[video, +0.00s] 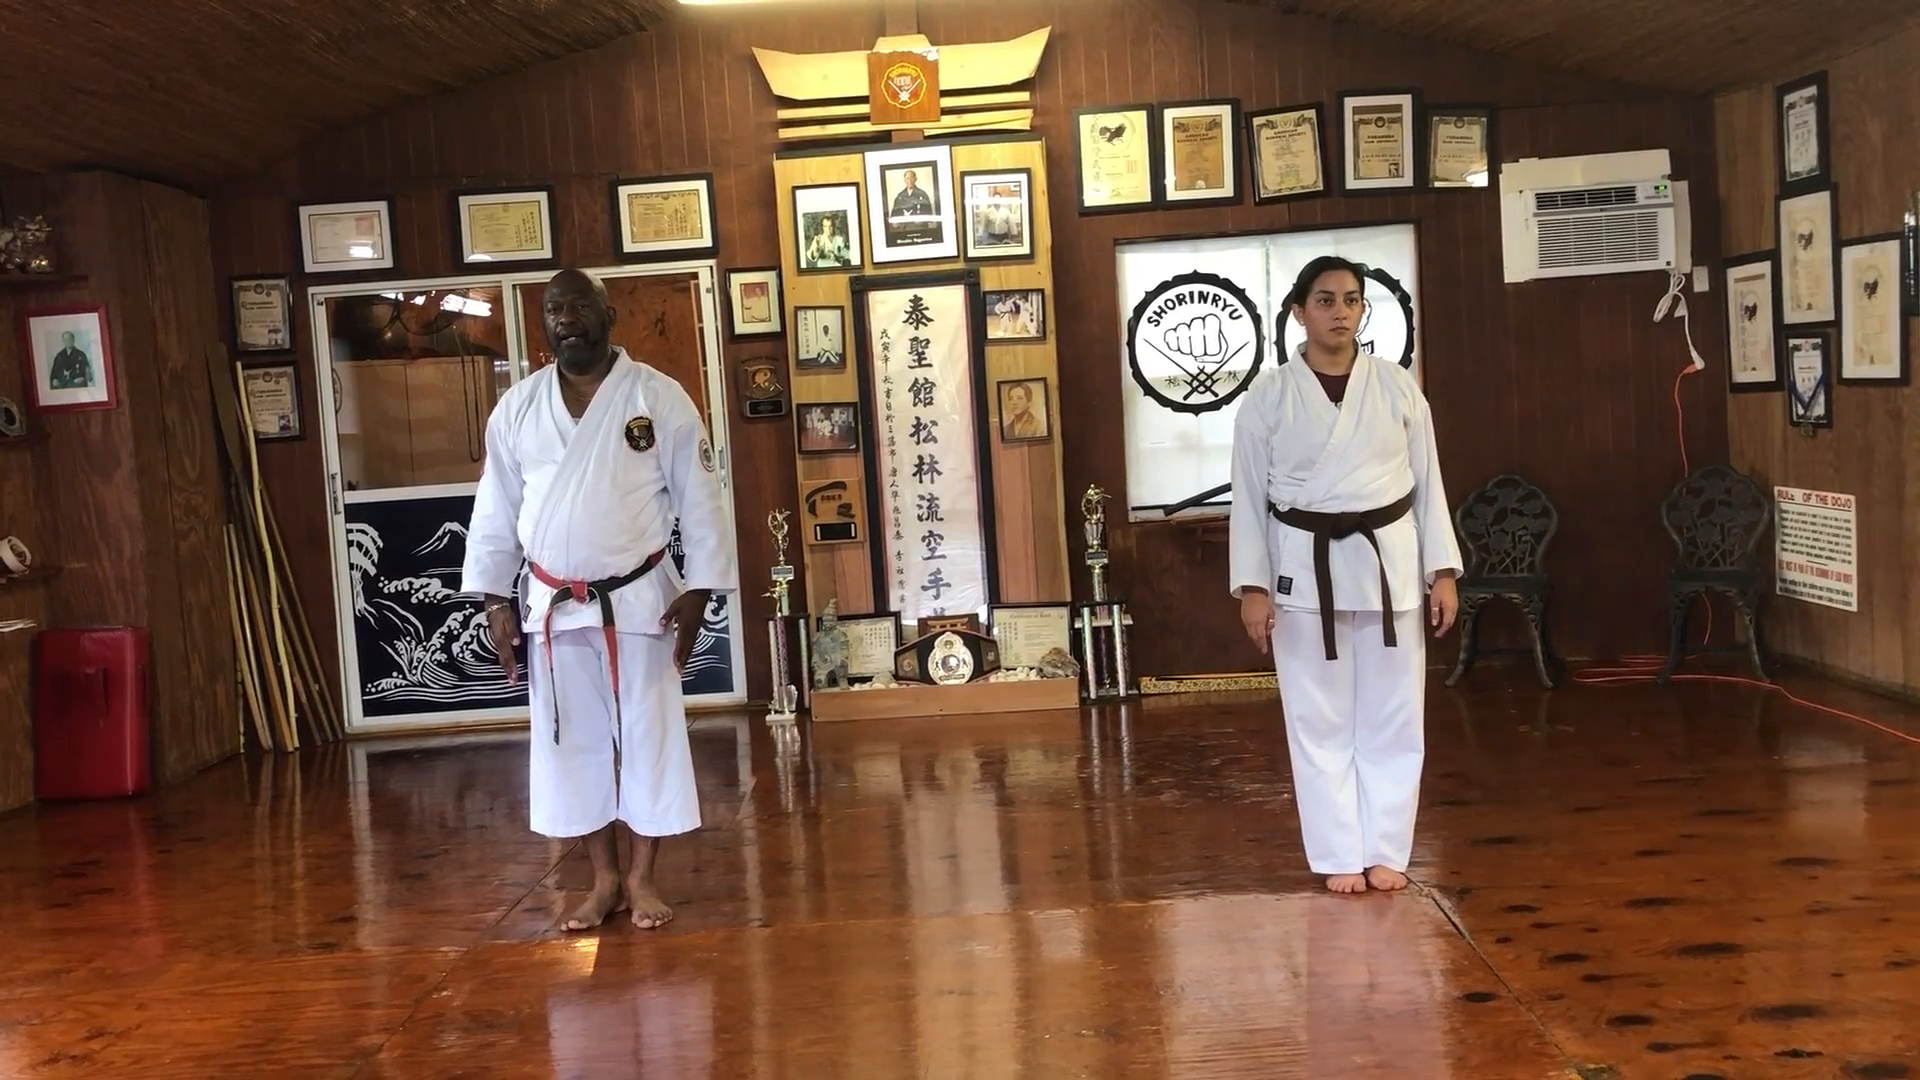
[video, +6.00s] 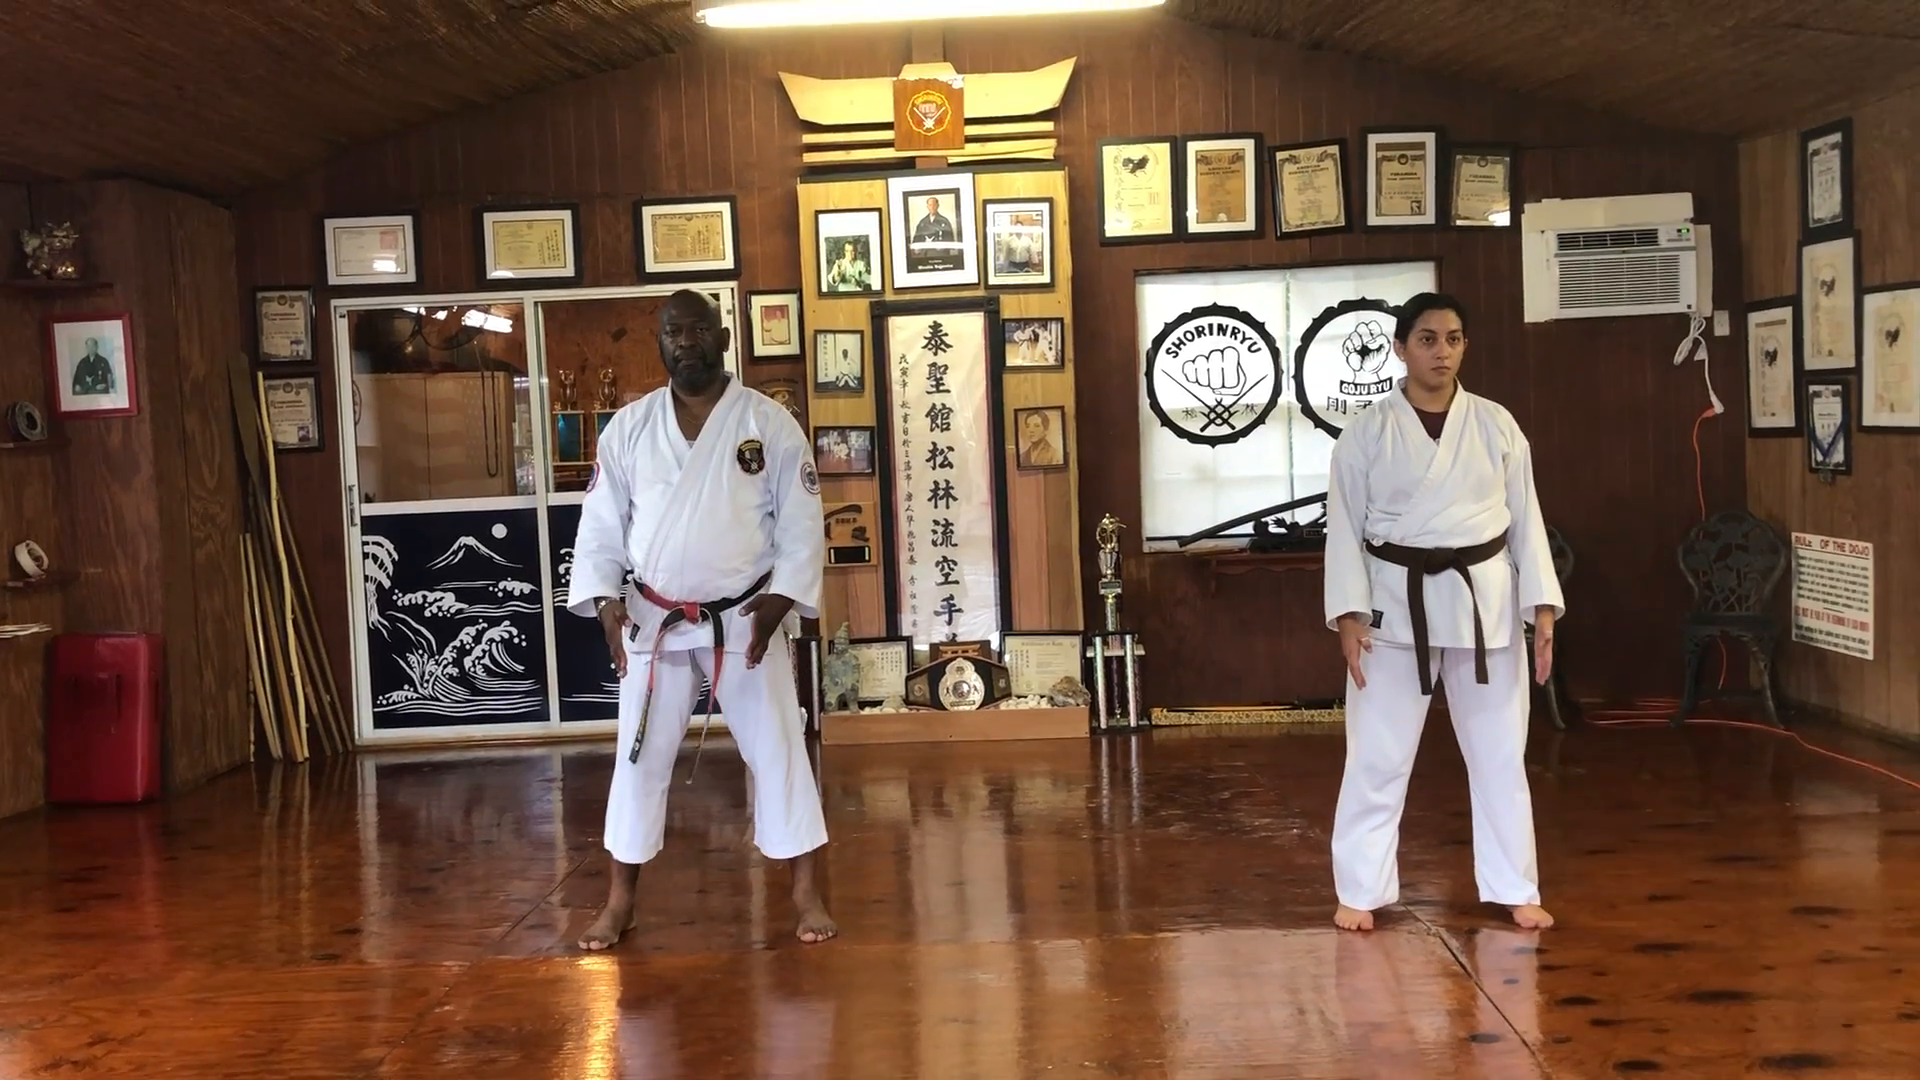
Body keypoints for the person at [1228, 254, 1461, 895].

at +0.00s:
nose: (1341, 311)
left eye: (1351, 299)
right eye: (1326, 299)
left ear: (1364, 312)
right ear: (1299, 312)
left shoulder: (1397, 386)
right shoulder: (1265, 397)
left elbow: (1427, 485)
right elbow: (1248, 498)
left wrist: (1442, 570)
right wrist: (1252, 585)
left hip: (1391, 567)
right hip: (1303, 573)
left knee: (1391, 717)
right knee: (1321, 720)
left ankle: (1386, 854)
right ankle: (1339, 859)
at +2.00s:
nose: (1354, 309)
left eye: (1365, 297)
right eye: (1339, 298)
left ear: (1378, 310)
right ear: (1313, 311)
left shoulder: (1412, 385)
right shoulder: (1280, 394)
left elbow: (1441, 484)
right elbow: (1261, 496)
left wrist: (1455, 568)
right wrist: (1264, 584)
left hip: (1404, 569)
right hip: (1316, 573)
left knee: (1404, 717)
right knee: (1333, 719)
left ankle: (1397, 855)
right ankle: (1350, 859)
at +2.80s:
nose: (1370, 397)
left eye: (1382, 382)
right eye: (1357, 383)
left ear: (1397, 375)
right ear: (1329, 375)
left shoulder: (1422, 423)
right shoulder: (1286, 429)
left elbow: (1435, 518)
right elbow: (1261, 525)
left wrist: (1430, 603)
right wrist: (1273, 615)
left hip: (1393, 574)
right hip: (1313, 578)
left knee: (1392, 715)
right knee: (1327, 719)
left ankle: (1386, 857)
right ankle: (1345, 861)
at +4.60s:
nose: (1375, 313)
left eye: (1386, 301)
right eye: (1360, 301)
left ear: (1398, 313)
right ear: (1334, 312)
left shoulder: (1429, 387)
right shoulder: (1298, 396)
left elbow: (1458, 487)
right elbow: (1276, 497)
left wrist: (1478, 570)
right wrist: (1283, 586)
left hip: (1425, 563)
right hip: (1335, 567)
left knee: (1455, 710)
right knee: (1345, 721)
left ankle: (1480, 844)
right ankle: (1356, 860)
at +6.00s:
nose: (1442, 351)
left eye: (1452, 338)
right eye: (1427, 338)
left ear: (1465, 347)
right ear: (1402, 349)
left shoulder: (1497, 426)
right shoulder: (1365, 432)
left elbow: (1525, 521)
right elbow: (1343, 525)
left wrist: (1541, 605)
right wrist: (1347, 609)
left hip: (1487, 604)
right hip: (1393, 605)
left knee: (1500, 758)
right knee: (1377, 758)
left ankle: (1516, 891)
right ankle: (1359, 895)